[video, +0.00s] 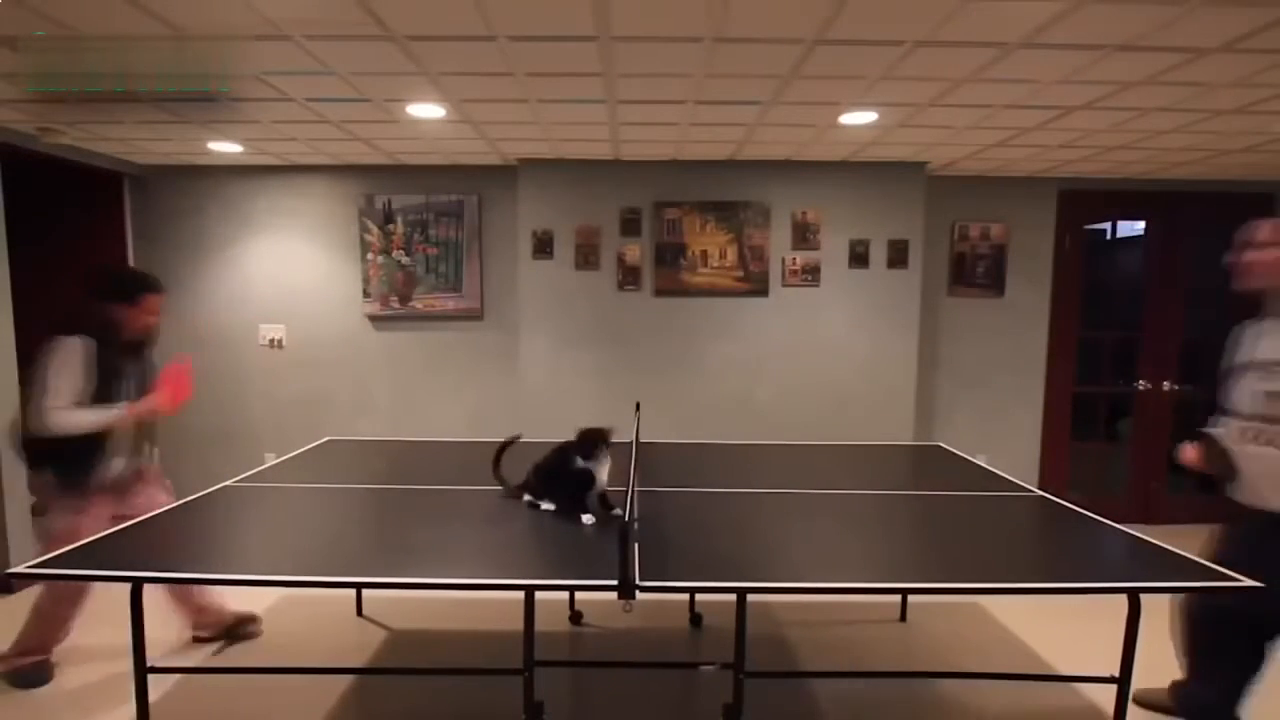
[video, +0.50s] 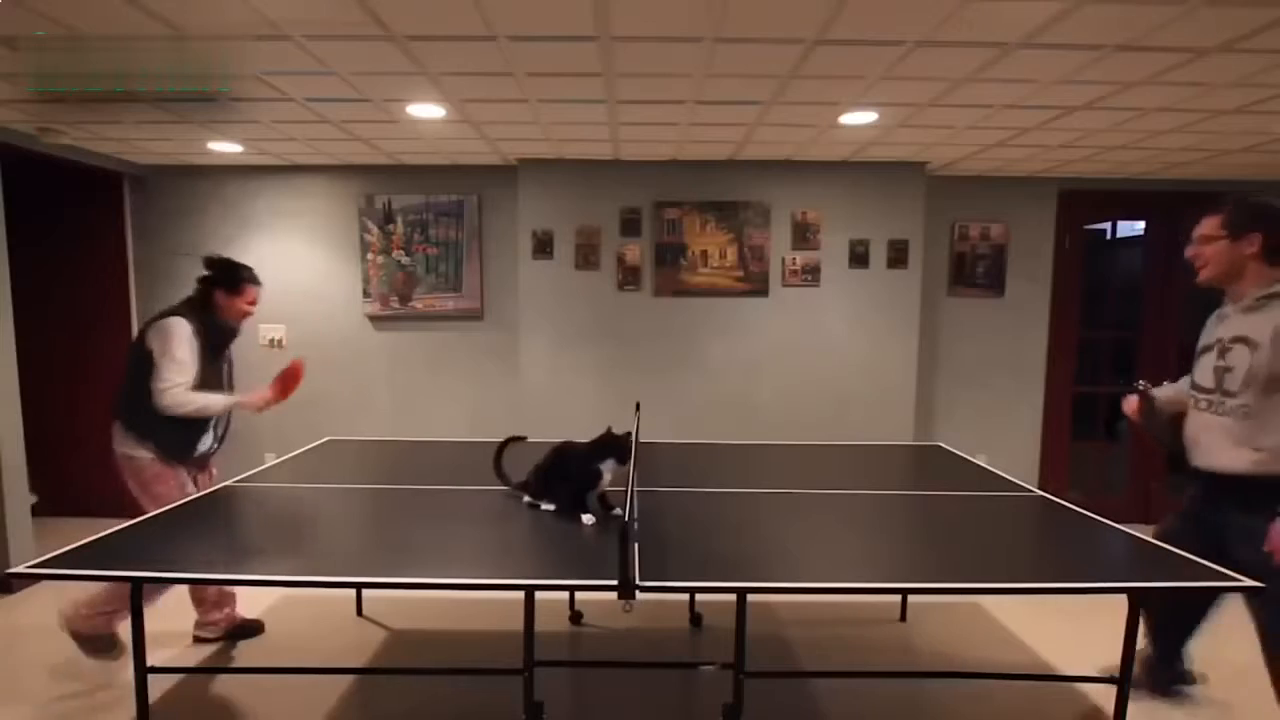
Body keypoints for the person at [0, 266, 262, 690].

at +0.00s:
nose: (154, 322)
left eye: (157, 313)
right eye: (147, 312)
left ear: (149, 313)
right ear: (118, 309)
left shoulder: (139, 357)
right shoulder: (72, 350)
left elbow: (130, 415)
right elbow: (49, 420)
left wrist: (160, 400)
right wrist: (132, 410)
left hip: (126, 480)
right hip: (73, 488)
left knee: (167, 539)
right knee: (72, 572)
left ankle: (208, 617)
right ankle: (27, 654)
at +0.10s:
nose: (188, 310)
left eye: (190, 302)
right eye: (181, 301)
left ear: (175, 303)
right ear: (153, 301)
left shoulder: (171, 347)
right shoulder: (118, 345)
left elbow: (166, 405)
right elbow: (125, 404)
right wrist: (196, 376)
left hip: (164, 469)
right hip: (113, 474)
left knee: (198, 532)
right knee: (98, 562)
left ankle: (217, 617)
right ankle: (29, 651)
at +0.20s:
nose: (224, 304)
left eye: (225, 294)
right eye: (218, 293)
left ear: (206, 294)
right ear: (194, 291)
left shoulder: (199, 335)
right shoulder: (158, 331)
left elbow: (189, 406)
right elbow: (197, 377)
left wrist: (197, 461)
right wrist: (256, 356)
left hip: (182, 459)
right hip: (137, 458)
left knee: (206, 533)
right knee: (124, 554)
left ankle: (217, 617)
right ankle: (40, 643)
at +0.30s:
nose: (250, 306)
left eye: (253, 299)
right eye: (245, 297)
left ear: (231, 297)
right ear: (217, 291)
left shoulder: (216, 334)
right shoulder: (178, 326)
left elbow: (197, 403)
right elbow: (213, 382)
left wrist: (199, 457)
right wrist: (275, 365)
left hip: (185, 450)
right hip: (144, 448)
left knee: (205, 533)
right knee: (151, 548)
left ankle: (215, 618)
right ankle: (60, 622)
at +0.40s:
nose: (258, 311)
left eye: (260, 304)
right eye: (254, 303)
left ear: (231, 300)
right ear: (226, 296)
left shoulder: (220, 337)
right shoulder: (183, 327)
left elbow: (203, 398)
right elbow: (195, 392)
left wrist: (199, 452)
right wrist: (262, 385)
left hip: (184, 447)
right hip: (145, 447)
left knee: (208, 527)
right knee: (178, 533)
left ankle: (216, 616)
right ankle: (80, 601)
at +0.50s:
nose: (253, 310)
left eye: (255, 303)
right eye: (248, 301)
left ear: (228, 300)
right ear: (219, 295)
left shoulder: (217, 336)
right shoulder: (177, 329)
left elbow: (208, 399)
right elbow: (168, 399)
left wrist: (203, 454)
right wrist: (240, 401)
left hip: (187, 449)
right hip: (145, 448)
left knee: (209, 528)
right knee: (182, 536)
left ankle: (215, 618)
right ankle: (88, 618)